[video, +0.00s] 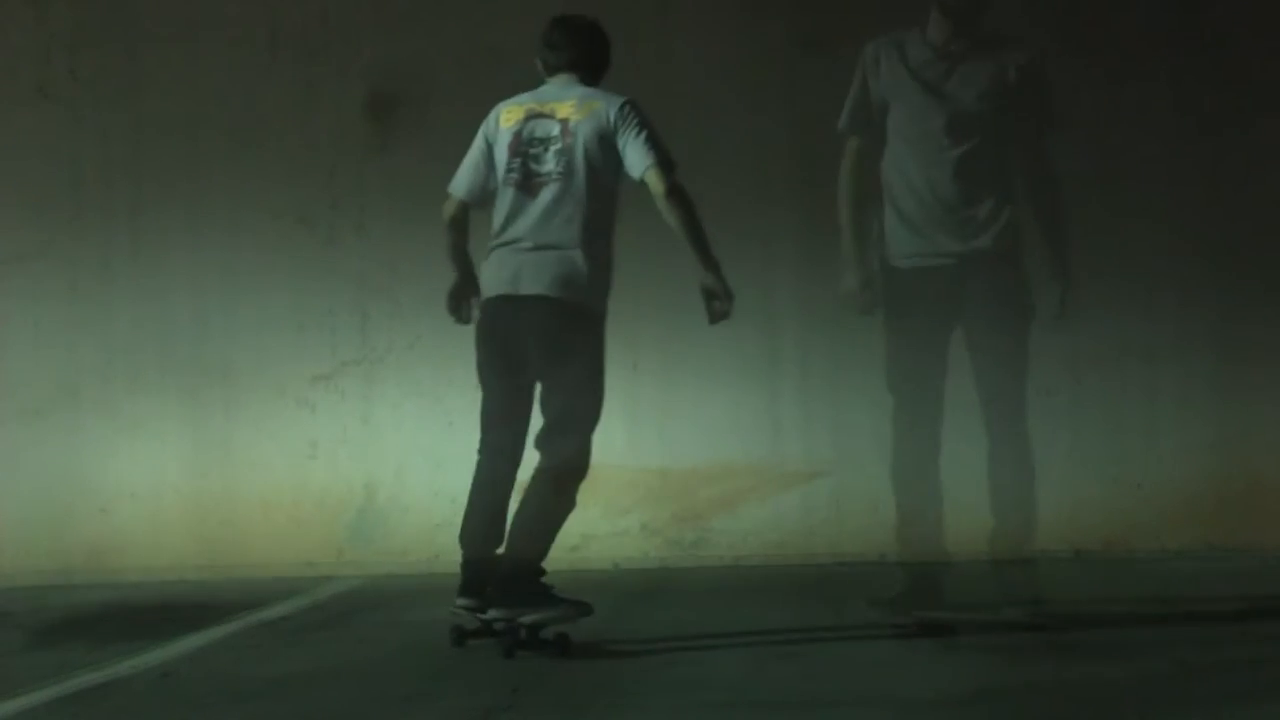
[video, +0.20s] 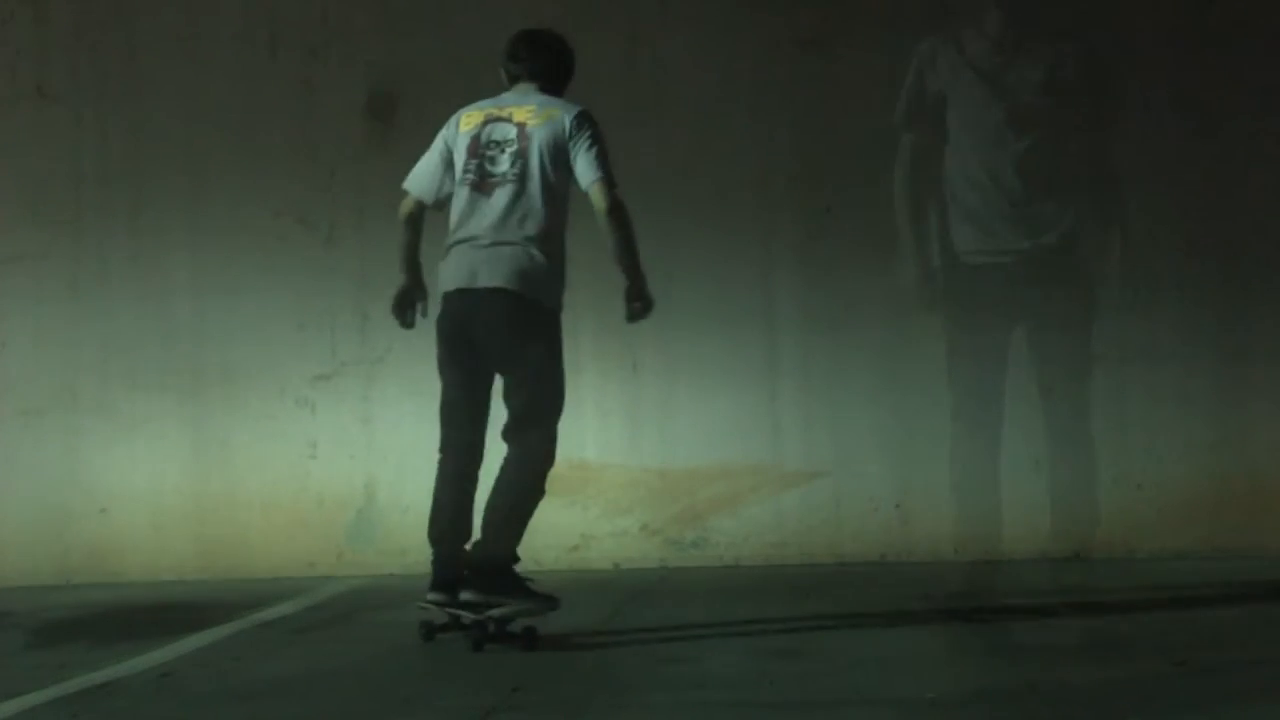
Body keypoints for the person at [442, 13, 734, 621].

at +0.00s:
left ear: (542, 63)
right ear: (601, 64)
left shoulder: (504, 114)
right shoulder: (612, 110)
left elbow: (452, 208)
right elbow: (665, 188)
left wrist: (461, 273)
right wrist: (708, 269)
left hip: (500, 300)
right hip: (568, 302)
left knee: (498, 441)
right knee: (566, 446)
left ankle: (475, 575)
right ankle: (519, 573)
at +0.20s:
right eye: (564, 77)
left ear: (506, 72)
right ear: (562, 76)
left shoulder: (464, 120)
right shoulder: (568, 119)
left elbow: (410, 204)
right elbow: (607, 202)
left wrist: (409, 276)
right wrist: (634, 278)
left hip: (456, 298)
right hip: (523, 297)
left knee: (458, 438)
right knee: (533, 437)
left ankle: (446, 575)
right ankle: (493, 566)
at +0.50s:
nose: (532, 119)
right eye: (534, 111)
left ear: (480, 96)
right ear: (530, 105)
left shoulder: (430, 137)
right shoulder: (523, 139)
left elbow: (375, 220)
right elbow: (554, 221)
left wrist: (372, 292)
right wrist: (579, 299)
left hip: (411, 302)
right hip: (472, 301)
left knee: (423, 436)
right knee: (487, 433)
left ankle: (417, 567)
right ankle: (449, 558)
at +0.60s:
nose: (530, 127)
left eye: (531, 120)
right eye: (531, 119)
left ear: (480, 103)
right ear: (523, 112)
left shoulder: (424, 140)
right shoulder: (512, 143)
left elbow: (369, 220)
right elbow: (534, 223)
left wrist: (369, 290)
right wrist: (563, 304)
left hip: (399, 303)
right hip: (456, 302)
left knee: (416, 436)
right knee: (476, 433)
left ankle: (410, 565)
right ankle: (440, 556)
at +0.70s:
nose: (529, 132)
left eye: (533, 123)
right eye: (531, 122)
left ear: (480, 104)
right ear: (520, 113)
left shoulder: (424, 141)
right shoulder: (503, 144)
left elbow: (368, 220)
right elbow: (509, 221)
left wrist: (369, 283)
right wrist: (545, 309)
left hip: (390, 305)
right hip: (444, 306)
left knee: (409, 435)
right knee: (467, 435)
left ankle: (400, 563)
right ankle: (427, 557)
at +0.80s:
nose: (526, 139)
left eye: (531, 131)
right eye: (530, 129)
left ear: (479, 107)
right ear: (519, 117)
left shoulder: (424, 144)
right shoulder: (491, 147)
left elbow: (369, 219)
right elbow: (490, 222)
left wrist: (382, 271)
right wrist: (528, 307)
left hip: (387, 312)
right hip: (435, 313)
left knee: (408, 435)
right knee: (456, 440)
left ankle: (391, 561)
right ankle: (411, 559)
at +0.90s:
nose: (520, 146)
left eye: (527, 137)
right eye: (526, 134)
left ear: (478, 112)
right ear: (514, 121)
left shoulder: (424, 148)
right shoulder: (483, 153)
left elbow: (378, 216)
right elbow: (472, 217)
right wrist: (512, 302)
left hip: (384, 313)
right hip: (427, 315)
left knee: (421, 429)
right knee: (444, 438)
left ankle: (394, 556)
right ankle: (402, 564)